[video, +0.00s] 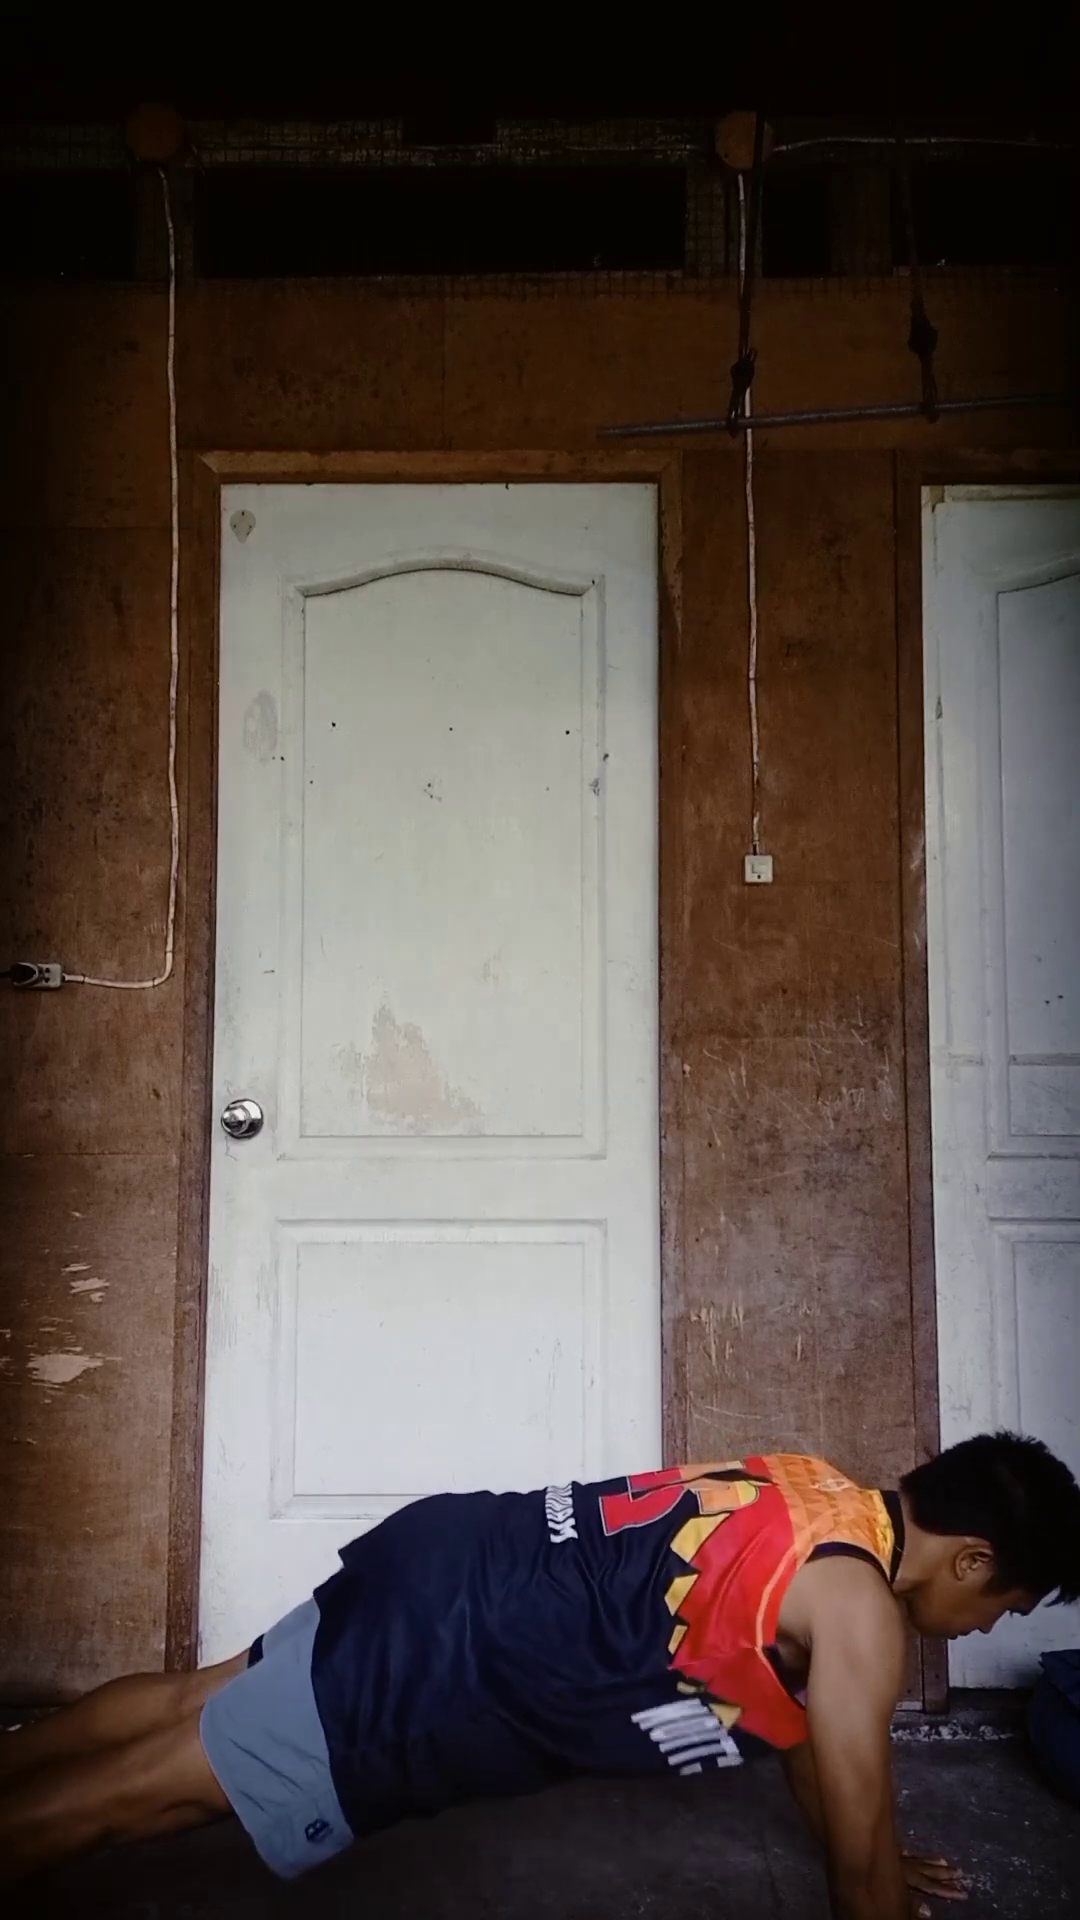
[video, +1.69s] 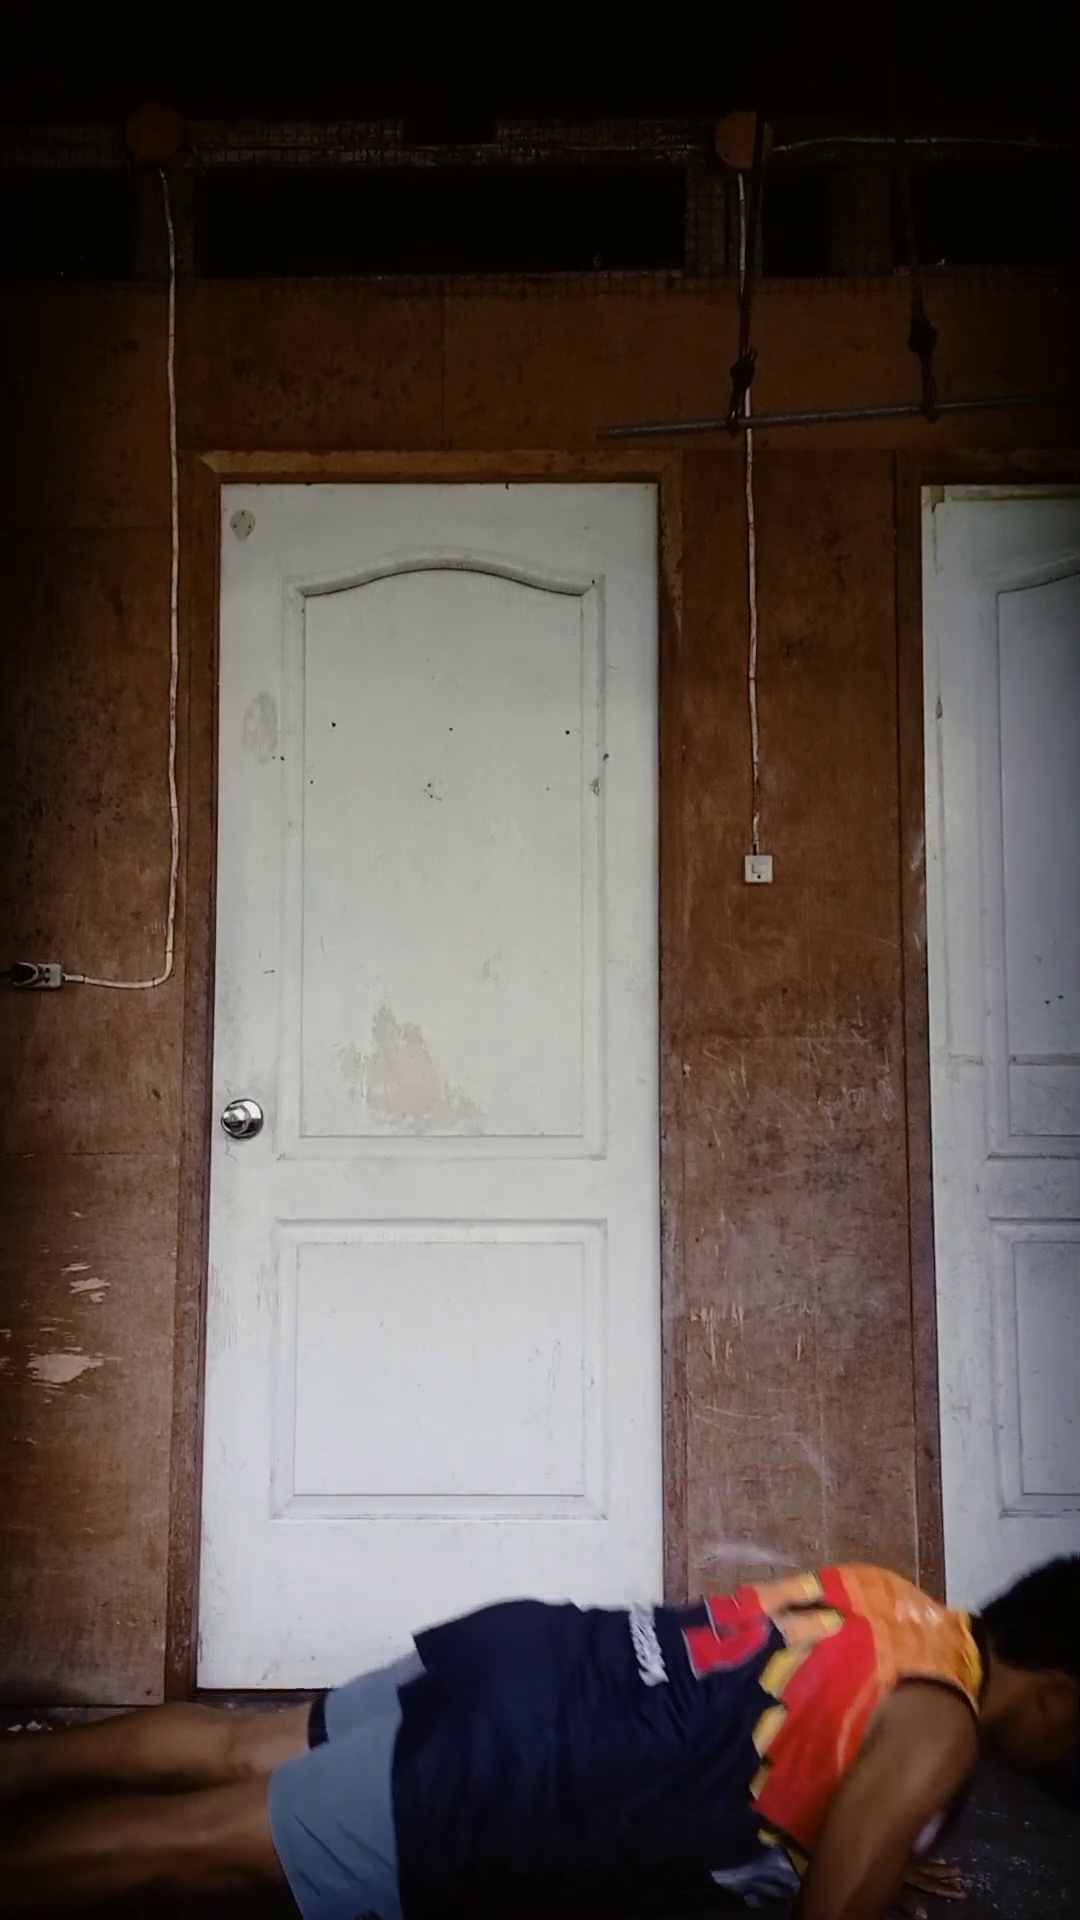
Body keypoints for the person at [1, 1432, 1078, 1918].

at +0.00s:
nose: (987, 1627)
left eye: (1008, 1608)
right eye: (1002, 1602)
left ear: (935, 1498)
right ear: (966, 1557)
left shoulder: (823, 1487)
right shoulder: (856, 1620)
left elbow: (806, 1713)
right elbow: (867, 1879)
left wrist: (877, 1850)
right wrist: (910, 1896)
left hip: (450, 1551)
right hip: (445, 1656)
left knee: (194, 1697)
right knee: (140, 1793)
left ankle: (1, 1766)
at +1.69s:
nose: (1059, 1742)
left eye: (1071, 1726)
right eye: (1071, 1721)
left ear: (1004, 1610)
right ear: (1055, 1692)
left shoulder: (884, 1588)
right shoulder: (932, 1728)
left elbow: (755, 1725)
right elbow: (834, 1906)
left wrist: (867, 1844)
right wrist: (904, 1885)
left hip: (520, 1651)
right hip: (511, 1778)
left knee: (228, 1747)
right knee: (185, 1853)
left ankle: (11, 1759)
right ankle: (11, 1860)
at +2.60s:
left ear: (1041, 1624)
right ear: (1078, 1696)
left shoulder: (924, 1612)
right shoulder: (989, 1748)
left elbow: (784, 1708)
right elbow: (862, 1903)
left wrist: (908, 1840)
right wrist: (948, 1875)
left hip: (565, 1683)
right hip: (548, 1812)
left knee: (291, 1753)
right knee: (238, 1861)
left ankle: (40, 1760)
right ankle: (27, 1866)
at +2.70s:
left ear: (1033, 1605)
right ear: (1072, 1668)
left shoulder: (912, 1593)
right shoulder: (976, 1721)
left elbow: (765, 1660)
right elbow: (869, 1899)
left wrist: (894, 1812)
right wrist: (943, 1861)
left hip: (554, 1666)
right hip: (539, 1801)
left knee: (296, 1749)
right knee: (241, 1857)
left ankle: (35, 1759)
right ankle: (19, 1862)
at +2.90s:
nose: (1067, 1648)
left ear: (1008, 1531)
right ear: (1052, 1590)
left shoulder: (885, 1529)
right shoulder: (938, 1647)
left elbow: (784, 1688)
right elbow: (863, 1883)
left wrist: (877, 1785)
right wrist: (916, 1862)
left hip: (536, 1630)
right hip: (531, 1744)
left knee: (269, 1727)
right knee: (221, 1824)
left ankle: (28, 1760)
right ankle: (11, 1856)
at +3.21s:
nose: (1044, 1624)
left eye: (1059, 1607)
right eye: (1061, 1601)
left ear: (997, 1501)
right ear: (1035, 1562)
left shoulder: (865, 1495)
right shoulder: (918, 1622)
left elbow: (783, 1677)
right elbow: (874, 1874)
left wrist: (867, 1823)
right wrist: (910, 1893)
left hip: (515, 1607)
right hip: (513, 1730)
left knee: (274, 1712)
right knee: (207, 1820)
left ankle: (29, 1762)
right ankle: (4, 1868)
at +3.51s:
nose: (1044, 1625)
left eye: (1059, 1608)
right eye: (1061, 1602)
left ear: (996, 1506)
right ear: (1034, 1564)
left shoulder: (861, 1494)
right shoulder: (918, 1624)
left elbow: (773, 1672)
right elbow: (872, 1881)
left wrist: (860, 1812)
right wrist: (910, 1889)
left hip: (513, 1609)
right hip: (512, 1735)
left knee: (284, 1715)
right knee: (212, 1824)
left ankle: (25, 1761)